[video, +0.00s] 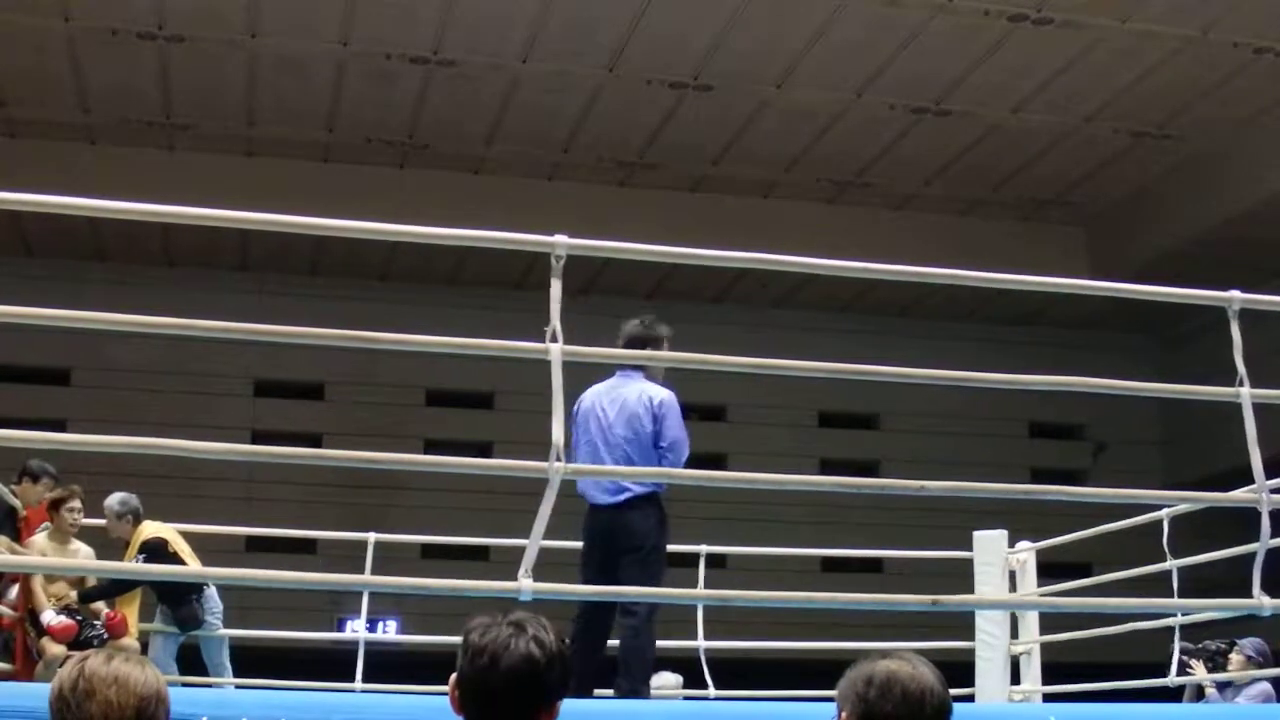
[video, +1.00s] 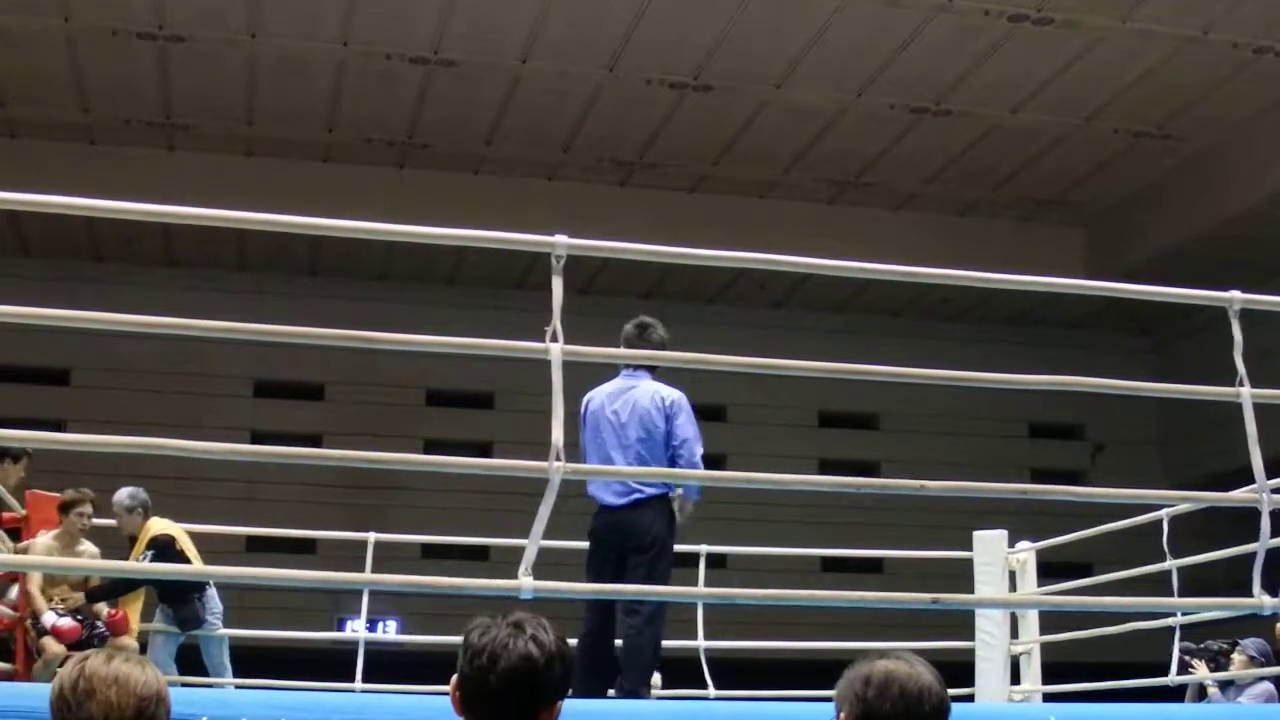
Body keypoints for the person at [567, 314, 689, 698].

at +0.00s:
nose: (667, 358)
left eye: (667, 351)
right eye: (665, 351)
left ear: (623, 352)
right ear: (652, 353)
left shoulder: (587, 398)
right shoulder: (660, 398)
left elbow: (576, 453)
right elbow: (676, 453)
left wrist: (597, 479)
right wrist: (654, 482)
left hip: (598, 515)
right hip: (642, 514)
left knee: (593, 606)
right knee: (638, 607)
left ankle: (576, 696)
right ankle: (632, 699)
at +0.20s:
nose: (668, 359)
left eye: (667, 351)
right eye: (664, 350)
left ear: (628, 353)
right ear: (644, 352)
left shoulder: (591, 398)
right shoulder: (654, 397)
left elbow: (584, 458)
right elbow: (671, 459)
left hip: (601, 513)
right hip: (642, 511)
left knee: (594, 604)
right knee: (641, 604)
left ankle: (581, 696)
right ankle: (632, 697)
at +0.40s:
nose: (667, 361)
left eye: (666, 352)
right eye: (663, 352)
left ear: (627, 355)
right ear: (644, 353)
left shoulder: (593, 400)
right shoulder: (653, 398)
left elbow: (590, 459)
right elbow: (665, 461)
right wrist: (677, 449)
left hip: (605, 514)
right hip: (644, 512)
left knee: (599, 606)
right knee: (643, 606)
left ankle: (581, 696)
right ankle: (631, 697)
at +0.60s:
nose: (668, 356)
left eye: (667, 349)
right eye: (666, 350)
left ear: (623, 352)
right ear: (657, 354)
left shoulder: (594, 400)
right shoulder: (659, 399)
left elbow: (588, 457)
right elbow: (674, 456)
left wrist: (615, 481)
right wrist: (664, 486)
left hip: (608, 514)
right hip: (648, 511)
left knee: (599, 604)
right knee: (644, 604)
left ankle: (584, 695)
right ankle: (632, 696)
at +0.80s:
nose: (658, 357)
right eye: (660, 352)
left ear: (623, 351)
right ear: (660, 356)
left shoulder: (592, 399)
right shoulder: (667, 400)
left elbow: (589, 454)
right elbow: (685, 456)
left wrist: (617, 476)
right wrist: (663, 482)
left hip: (606, 515)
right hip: (650, 513)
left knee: (599, 605)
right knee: (643, 605)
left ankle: (587, 696)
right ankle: (632, 697)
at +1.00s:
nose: (658, 355)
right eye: (659, 351)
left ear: (622, 350)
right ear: (659, 354)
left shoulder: (592, 399)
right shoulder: (671, 399)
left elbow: (589, 456)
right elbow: (690, 457)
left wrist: (608, 485)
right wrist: (687, 499)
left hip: (606, 516)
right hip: (651, 515)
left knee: (597, 607)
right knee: (642, 608)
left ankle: (585, 698)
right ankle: (632, 698)